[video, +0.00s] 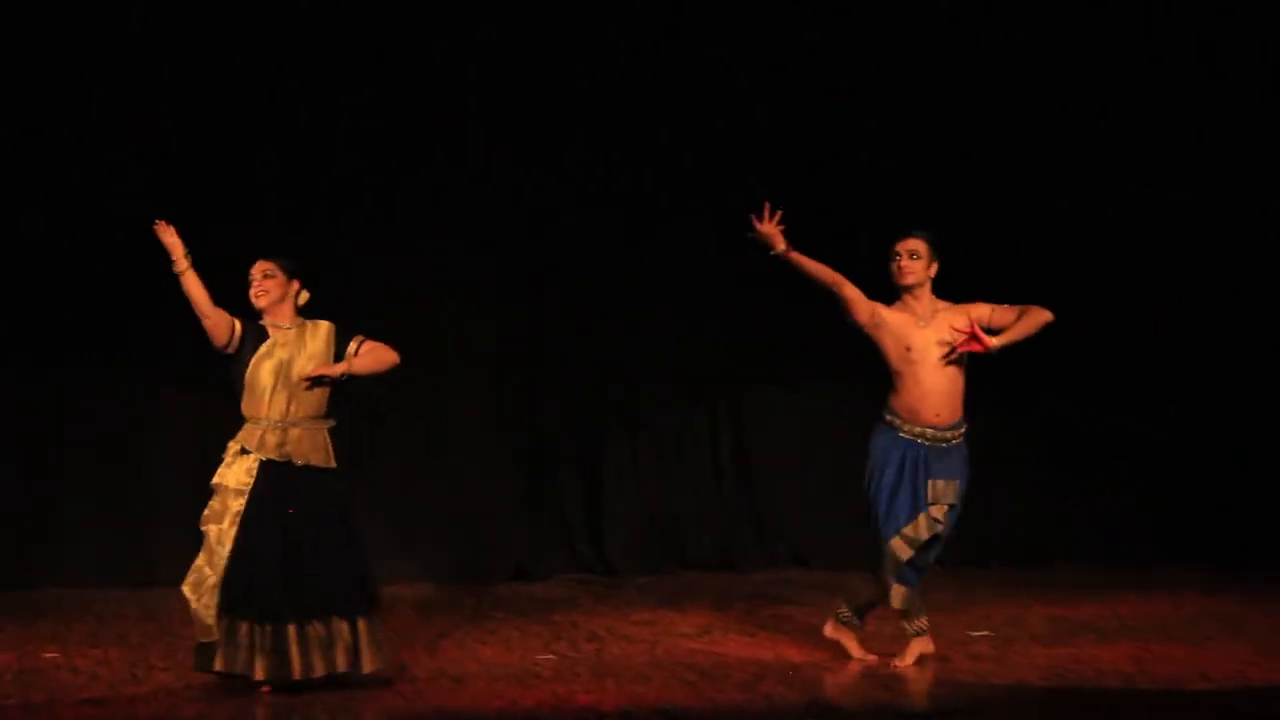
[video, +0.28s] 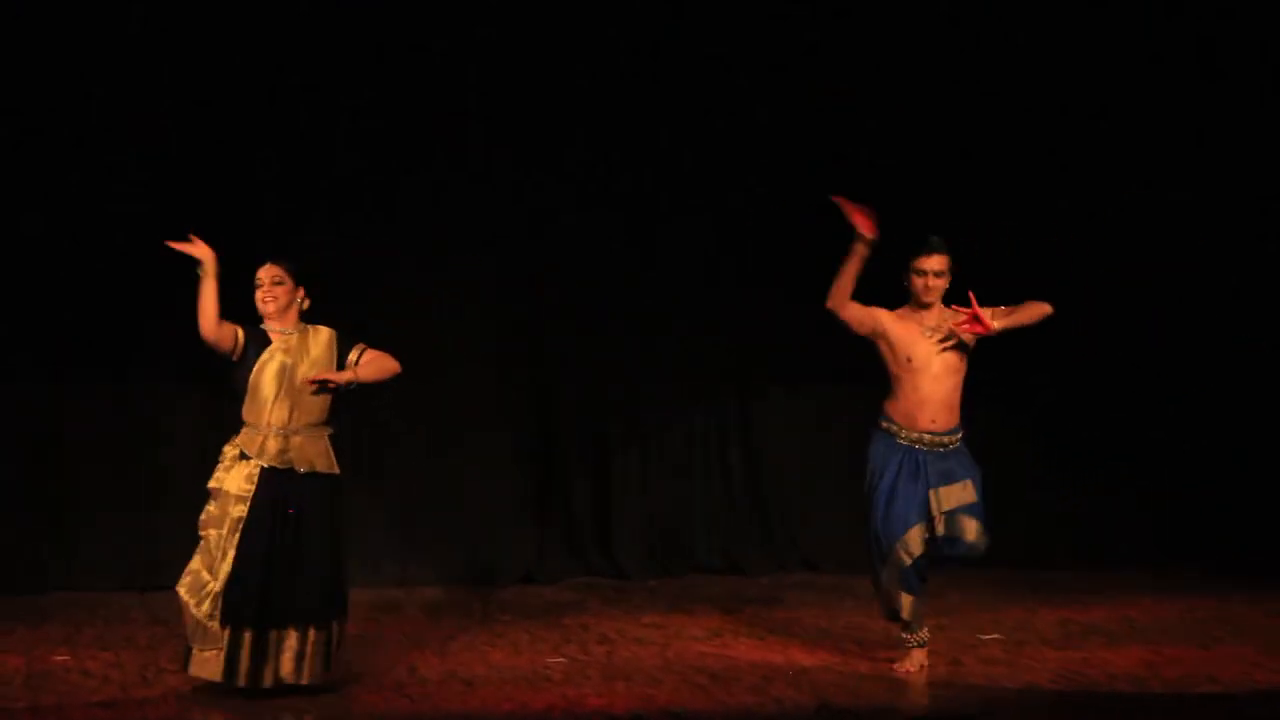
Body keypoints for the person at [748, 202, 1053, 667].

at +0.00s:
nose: (902, 264)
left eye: (912, 257)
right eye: (897, 258)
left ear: (933, 268)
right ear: (892, 270)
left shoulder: (964, 315)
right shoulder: (881, 318)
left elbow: (1040, 315)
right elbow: (837, 283)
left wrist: (998, 340)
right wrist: (783, 251)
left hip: (949, 444)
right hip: (898, 438)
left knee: (928, 538)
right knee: (897, 536)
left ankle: (847, 618)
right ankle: (918, 633)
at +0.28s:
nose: (930, 281)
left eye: (938, 274)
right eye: (921, 274)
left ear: (950, 279)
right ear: (908, 277)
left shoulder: (967, 320)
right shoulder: (887, 323)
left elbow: (1042, 309)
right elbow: (837, 303)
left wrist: (990, 325)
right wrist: (861, 247)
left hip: (949, 449)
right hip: (898, 448)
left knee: (967, 537)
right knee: (905, 547)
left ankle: (899, 559)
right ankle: (914, 640)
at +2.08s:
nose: (921, 295)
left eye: (930, 287)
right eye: (913, 287)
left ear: (947, 290)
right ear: (905, 292)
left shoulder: (978, 335)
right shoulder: (894, 344)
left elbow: (1056, 353)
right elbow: (817, 365)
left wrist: (1036, 409)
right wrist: (872, 356)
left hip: (979, 462)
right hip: (920, 462)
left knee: (1009, 560)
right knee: (880, 539)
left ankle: (964, 650)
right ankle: (919, 622)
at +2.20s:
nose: (927, 296)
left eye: (936, 288)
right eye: (918, 288)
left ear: (949, 292)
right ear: (906, 293)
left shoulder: (975, 339)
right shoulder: (891, 342)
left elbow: (1049, 365)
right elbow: (815, 362)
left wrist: (1027, 421)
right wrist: (873, 356)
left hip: (973, 467)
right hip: (913, 468)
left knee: (1023, 555)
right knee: (886, 559)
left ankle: (966, 639)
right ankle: (918, 656)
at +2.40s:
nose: (931, 301)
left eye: (939, 293)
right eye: (921, 293)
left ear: (949, 298)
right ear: (907, 298)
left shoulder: (972, 350)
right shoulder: (889, 348)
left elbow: (1040, 383)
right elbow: (817, 363)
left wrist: (1012, 437)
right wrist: (879, 359)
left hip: (966, 471)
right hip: (905, 474)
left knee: (1042, 535)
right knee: (874, 559)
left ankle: (991, 627)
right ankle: (915, 654)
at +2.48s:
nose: (936, 300)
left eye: (944, 292)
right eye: (926, 292)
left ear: (953, 297)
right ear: (911, 297)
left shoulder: (975, 349)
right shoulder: (894, 347)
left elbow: (1043, 383)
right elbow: (822, 363)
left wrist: (1016, 436)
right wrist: (882, 361)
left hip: (970, 471)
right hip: (909, 473)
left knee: (1043, 539)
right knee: (877, 557)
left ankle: (990, 626)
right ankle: (916, 653)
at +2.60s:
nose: (942, 295)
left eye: (949, 287)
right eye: (931, 287)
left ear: (957, 292)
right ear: (915, 292)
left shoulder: (981, 343)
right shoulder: (900, 343)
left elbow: (1048, 377)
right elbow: (828, 362)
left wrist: (1020, 432)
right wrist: (889, 363)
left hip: (976, 469)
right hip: (917, 469)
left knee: (1025, 555)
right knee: (883, 555)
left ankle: (966, 652)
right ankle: (917, 654)